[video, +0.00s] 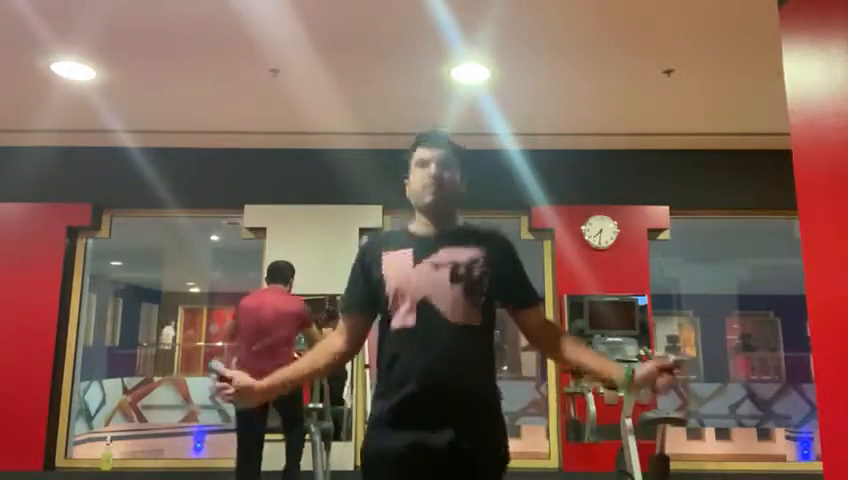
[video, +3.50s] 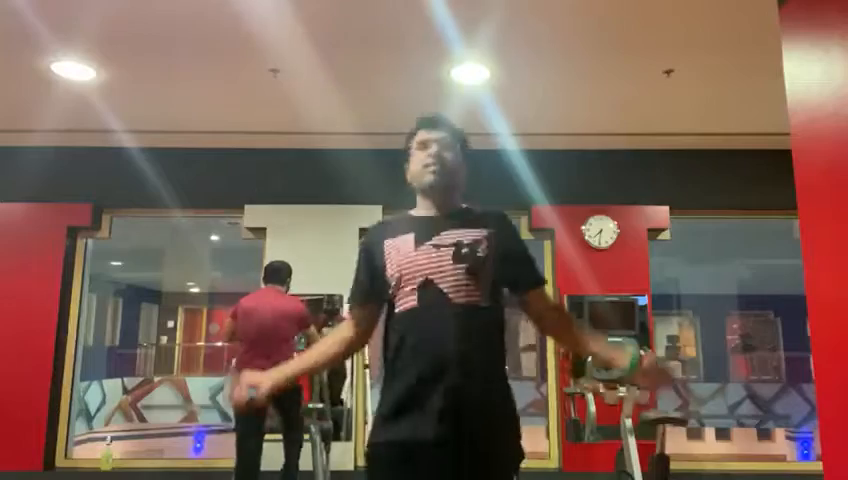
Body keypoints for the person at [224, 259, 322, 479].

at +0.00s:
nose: (292, 285)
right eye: (292, 282)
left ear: (266, 280)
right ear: (290, 282)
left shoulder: (246, 302)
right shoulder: (296, 305)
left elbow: (229, 334)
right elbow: (315, 340)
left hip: (247, 379)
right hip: (284, 378)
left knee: (249, 443)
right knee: (294, 428)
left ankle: (247, 475)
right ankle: (292, 471)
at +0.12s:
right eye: (292, 281)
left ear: (267, 280)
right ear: (292, 282)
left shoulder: (249, 303)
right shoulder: (298, 307)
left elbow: (245, 342)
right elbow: (310, 351)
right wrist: (320, 352)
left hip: (248, 385)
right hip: (284, 387)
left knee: (247, 443)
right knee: (296, 420)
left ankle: (244, 475)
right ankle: (295, 469)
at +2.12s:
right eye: (294, 276)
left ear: (268, 275)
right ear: (293, 277)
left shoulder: (251, 296)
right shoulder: (305, 301)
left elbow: (243, 336)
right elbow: (323, 339)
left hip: (253, 379)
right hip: (291, 380)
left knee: (256, 433)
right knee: (286, 438)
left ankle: (252, 476)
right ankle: (286, 476)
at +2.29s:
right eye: (290, 279)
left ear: (266, 279)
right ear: (291, 280)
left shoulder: (249, 302)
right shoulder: (304, 305)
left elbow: (233, 341)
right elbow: (322, 334)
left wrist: (230, 369)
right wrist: (318, 358)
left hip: (253, 380)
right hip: (289, 380)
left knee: (256, 434)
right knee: (285, 438)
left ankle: (257, 473)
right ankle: (284, 474)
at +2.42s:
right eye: (291, 276)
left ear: (265, 275)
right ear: (290, 277)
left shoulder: (246, 297)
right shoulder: (301, 300)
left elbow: (226, 338)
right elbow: (323, 328)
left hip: (250, 377)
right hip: (285, 378)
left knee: (254, 438)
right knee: (282, 438)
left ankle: (255, 475)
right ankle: (281, 475)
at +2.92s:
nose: (294, 278)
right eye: (294, 275)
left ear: (269, 274)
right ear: (293, 276)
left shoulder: (251, 297)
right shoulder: (301, 300)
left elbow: (242, 337)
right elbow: (314, 342)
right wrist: (325, 341)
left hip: (251, 377)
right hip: (284, 376)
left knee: (252, 435)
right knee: (287, 436)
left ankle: (249, 476)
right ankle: (289, 476)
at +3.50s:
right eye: (288, 281)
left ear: (263, 279)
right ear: (287, 282)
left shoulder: (245, 303)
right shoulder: (295, 306)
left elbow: (227, 336)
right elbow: (314, 339)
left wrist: (252, 335)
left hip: (248, 376)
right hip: (283, 376)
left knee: (248, 435)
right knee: (293, 426)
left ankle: (245, 475)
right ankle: (291, 470)